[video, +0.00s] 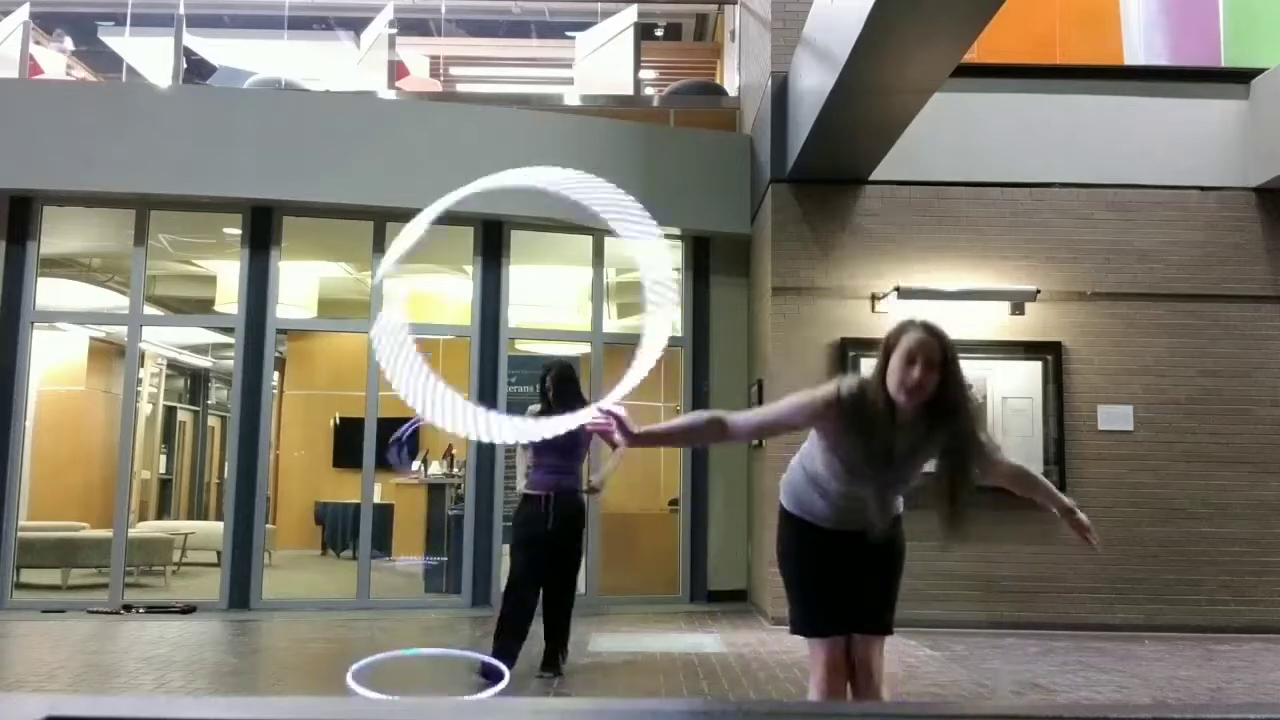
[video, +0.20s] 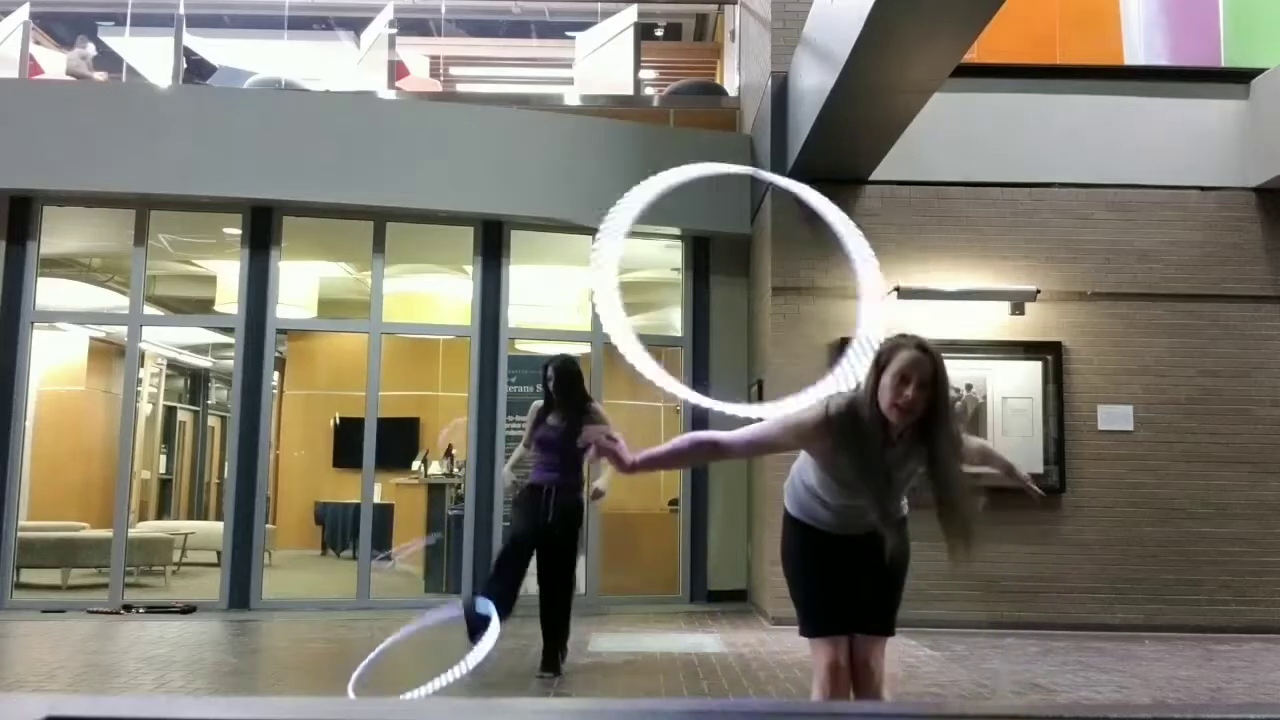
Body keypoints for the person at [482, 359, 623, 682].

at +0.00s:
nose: (551, 388)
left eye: (557, 382)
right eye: (548, 382)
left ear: (568, 384)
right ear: (543, 385)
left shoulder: (587, 416)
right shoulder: (535, 414)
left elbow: (620, 446)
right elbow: (523, 449)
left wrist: (601, 478)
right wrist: (522, 482)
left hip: (567, 504)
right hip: (532, 502)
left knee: (560, 584)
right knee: (520, 582)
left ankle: (553, 659)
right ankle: (499, 662)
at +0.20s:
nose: (552, 386)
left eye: (558, 380)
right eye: (549, 380)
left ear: (573, 381)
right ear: (545, 381)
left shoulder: (590, 414)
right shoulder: (539, 409)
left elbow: (609, 453)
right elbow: (524, 446)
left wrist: (604, 480)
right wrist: (507, 467)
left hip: (565, 499)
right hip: (532, 495)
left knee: (556, 579)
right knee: (515, 550)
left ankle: (552, 656)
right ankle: (484, 618)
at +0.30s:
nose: (548, 385)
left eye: (554, 379)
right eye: (546, 379)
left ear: (569, 380)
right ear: (544, 379)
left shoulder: (587, 410)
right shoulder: (538, 408)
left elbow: (598, 454)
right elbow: (520, 450)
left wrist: (582, 485)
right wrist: (499, 476)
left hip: (567, 495)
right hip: (535, 487)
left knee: (554, 582)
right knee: (507, 512)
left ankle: (548, 660)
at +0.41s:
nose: (543, 383)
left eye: (548, 377)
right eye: (540, 377)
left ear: (563, 378)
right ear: (538, 379)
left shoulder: (584, 408)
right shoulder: (536, 408)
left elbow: (573, 452)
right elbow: (514, 445)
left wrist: (546, 477)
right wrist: (488, 466)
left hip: (570, 489)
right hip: (540, 474)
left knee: (554, 567)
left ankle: (552, 646)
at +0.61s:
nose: (537, 408)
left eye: (541, 402)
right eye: (537, 403)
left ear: (555, 403)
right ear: (547, 405)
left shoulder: (581, 427)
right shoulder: (541, 428)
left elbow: (561, 441)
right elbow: (503, 427)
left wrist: (530, 442)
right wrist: (469, 411)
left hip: (574, 515)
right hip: (547, 507)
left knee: (559, 583)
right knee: (539, 462)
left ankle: (559, 651)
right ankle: (484, 509)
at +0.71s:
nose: (530, 424)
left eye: (534, 418)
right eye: (529, 418)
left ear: (548, 416)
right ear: (531, 416)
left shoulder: (574, 427)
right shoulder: (534, 430)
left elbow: (573, 439)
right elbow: (495, 425)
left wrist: (552, 433)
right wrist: (471, 395)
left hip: (578, 512)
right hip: (553, 506)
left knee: (563, 583)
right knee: (532, 485)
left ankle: (559, 654)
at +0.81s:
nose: (526, 435)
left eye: (531, 430)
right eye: (524, 429)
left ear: (545, 428)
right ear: (523, 426)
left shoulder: (568, 436)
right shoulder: (523, 434)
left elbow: (584, 439)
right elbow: (492, 430)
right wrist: (468, 402)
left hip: (582, 505)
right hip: (552, 497)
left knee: (564, 581)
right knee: (526, 527)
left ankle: (557, 654)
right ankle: (532, 589)